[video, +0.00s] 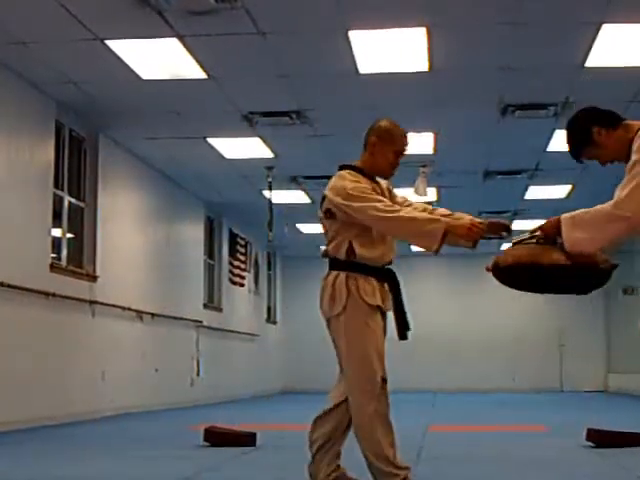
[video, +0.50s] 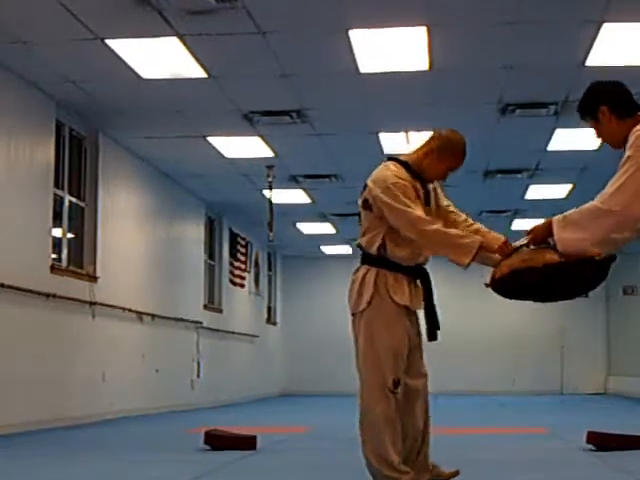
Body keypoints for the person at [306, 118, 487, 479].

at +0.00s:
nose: (399, 161)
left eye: (401, 154)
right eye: (396, 153)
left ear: (382, 149)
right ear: (373, 146)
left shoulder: (380, 190)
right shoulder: (345, 184)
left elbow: (420, 211)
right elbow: (390, 218)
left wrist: (476, 224)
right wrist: (453, 230)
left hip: (370, 291)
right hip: (350, 291)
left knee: (357, 382)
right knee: (369, 384)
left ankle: (323, 466)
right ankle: (390, 471)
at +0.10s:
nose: (412, 178)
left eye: (417, 172)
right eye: (413, 169)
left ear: (410, 165)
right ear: (397, 155)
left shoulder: (390, 188)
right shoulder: (357, 184)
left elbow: (435, 210)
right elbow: (402, 218)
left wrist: (486, 225)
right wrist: (464, 232)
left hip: (378, 289)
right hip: (354, 288)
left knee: (379, 384)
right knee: (369, 386)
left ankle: (332, 464)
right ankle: (390, 472)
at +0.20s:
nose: (423, 184)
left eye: (428, 180)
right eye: (425, 176)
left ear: (426, 172)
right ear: (412, 158)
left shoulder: (405, 192)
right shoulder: (369, 182)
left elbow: (444, 214)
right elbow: (412, 219)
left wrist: (496, 230)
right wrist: (477, 240)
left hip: (387, 288)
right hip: (359, 286)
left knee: (396, 375)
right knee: (369, 378)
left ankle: (354, 453)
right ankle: (389, 470)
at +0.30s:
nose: (430, 185)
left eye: (435, 181)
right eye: (431, 177)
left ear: (432, 168)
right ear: (419, 159)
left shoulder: (415, 188)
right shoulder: (377, 181)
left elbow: (447, 215)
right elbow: (419, 223)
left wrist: (491, 233)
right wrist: (482, 240)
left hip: (394, 288)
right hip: (366, 286)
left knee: (404, 376)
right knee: (373, 379)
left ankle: (385, 463)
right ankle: (385, 469)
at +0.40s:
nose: (435, 185)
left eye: (441, 181)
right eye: (437, 177)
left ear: (430, 161)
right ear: (424, 158)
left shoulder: (417, 188)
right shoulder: (383, 181)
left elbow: (454, 218)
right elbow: (423, 227)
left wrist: (501, 240)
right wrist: (486, 249)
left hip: (398, 289)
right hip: (372, 288)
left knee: (407, 379)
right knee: (378, 382)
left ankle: (409, 461)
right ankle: (388, 469)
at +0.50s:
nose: (447, 176)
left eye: (451, 170)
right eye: (448, 168)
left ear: (437, 155)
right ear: (433, 152)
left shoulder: (424, 186)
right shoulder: (388, 179)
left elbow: (455, 219)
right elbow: (421, 230)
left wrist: (501, 244)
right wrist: (484, 253)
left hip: (405, 289)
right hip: (379, 288)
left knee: (413, 381)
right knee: (383, 383)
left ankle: (417, 464)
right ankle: (388, 469)